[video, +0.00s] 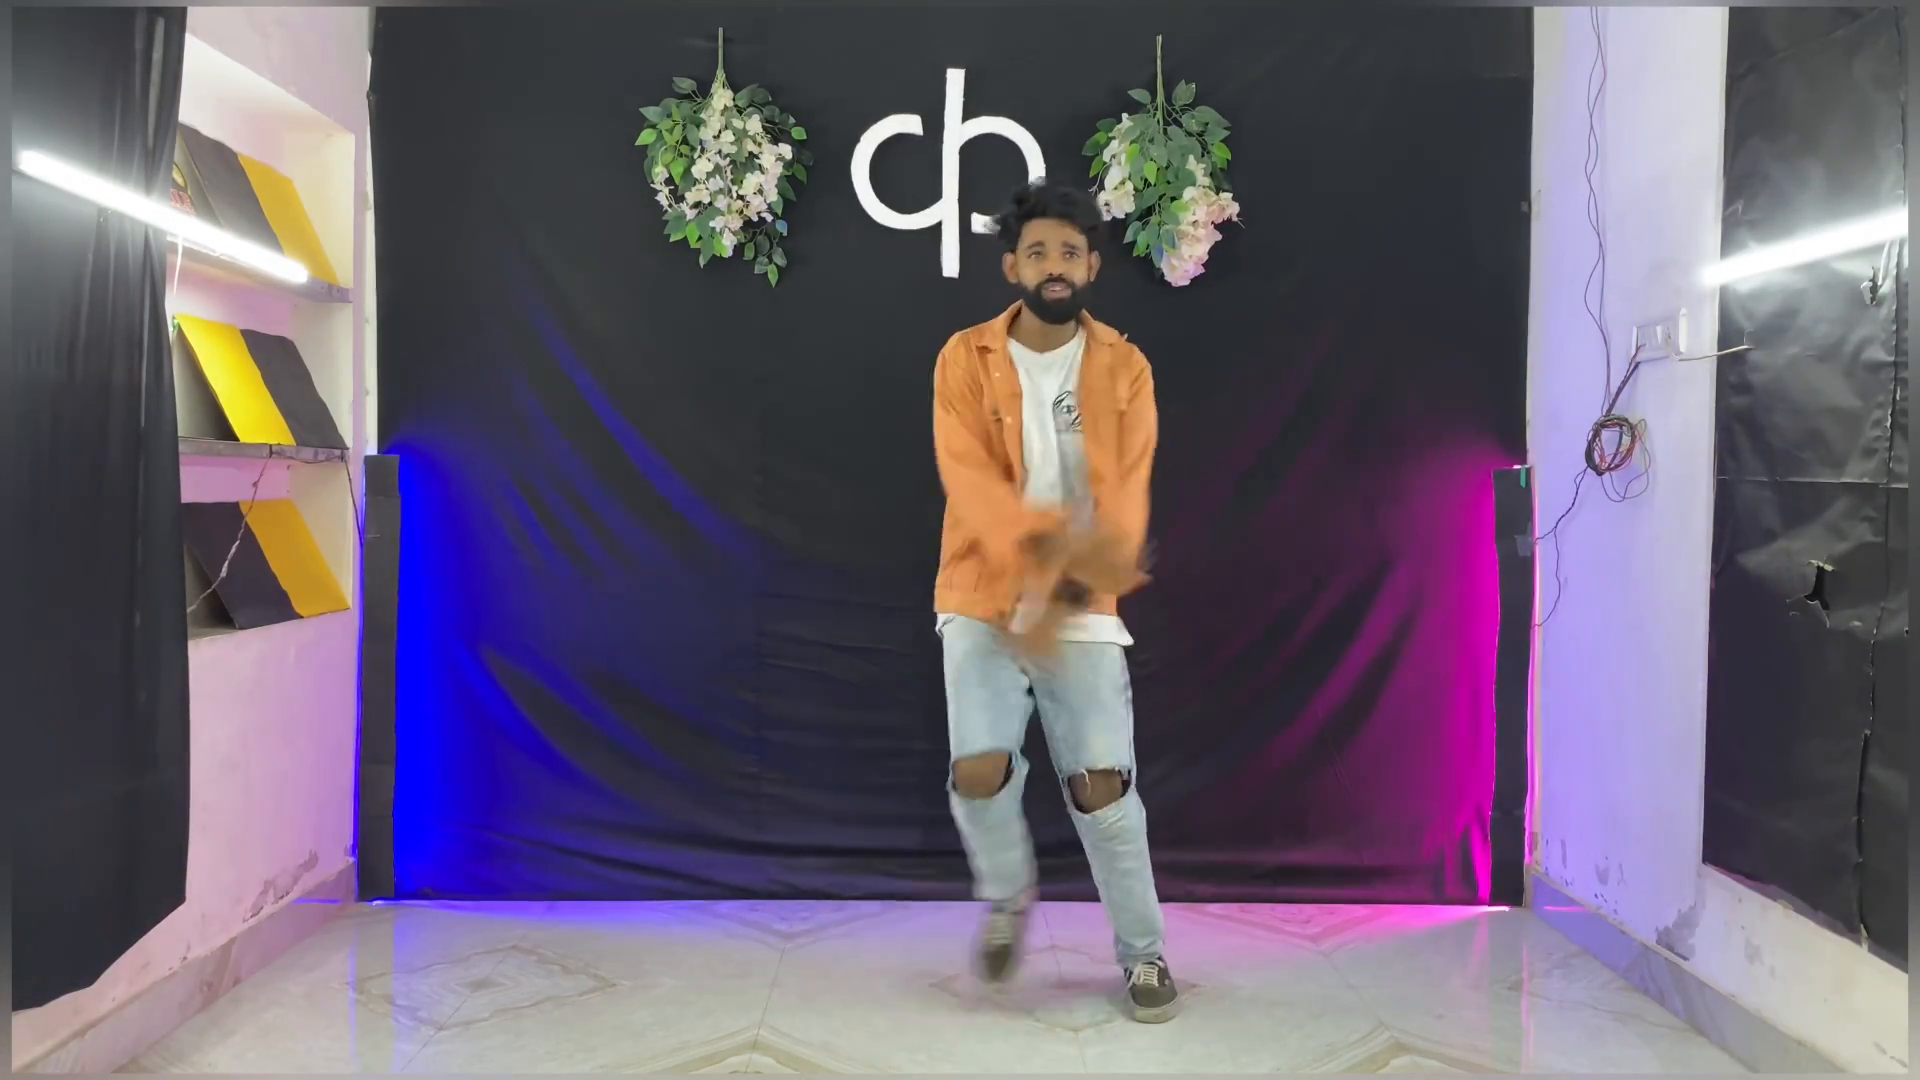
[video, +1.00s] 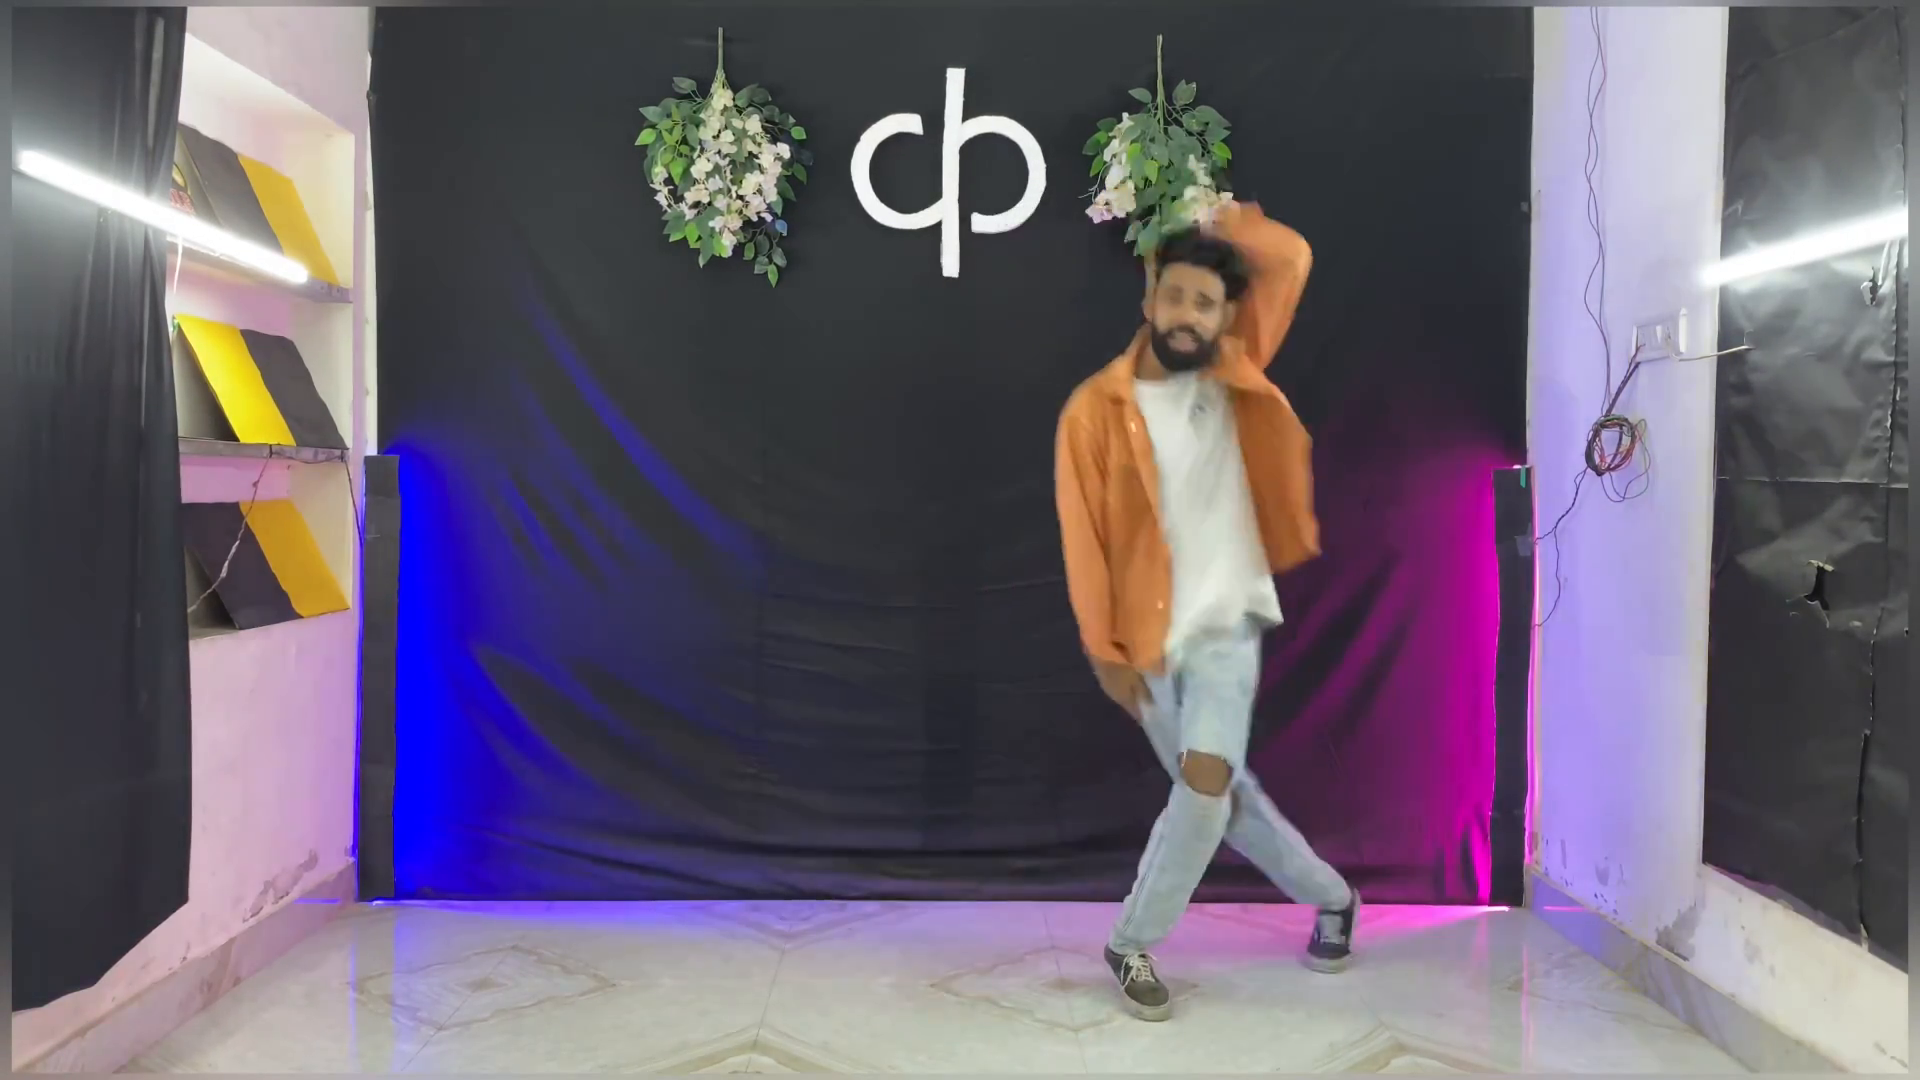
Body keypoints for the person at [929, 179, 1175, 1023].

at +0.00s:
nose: (1054, 268)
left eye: (1071, 253)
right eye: (1036, 253)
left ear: (1093, 267)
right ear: (1010, 263)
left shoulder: (1123, 366)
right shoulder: (965, 358)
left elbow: (1128, 492)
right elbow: (964, 476)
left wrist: (1076, 576)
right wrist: (1040, 536)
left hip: (1083, 602)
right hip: (981, 600)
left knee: (1100, 783)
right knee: (978, 767)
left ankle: (1142, 951)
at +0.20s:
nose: (981, 281)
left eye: (1000, 266)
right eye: (966, 266)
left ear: (1033, 280)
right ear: (949, 279)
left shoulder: (1078, 377)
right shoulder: (921, 374)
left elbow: (1104, 517)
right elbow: (894, 497)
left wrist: (1031, 495)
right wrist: (972, 481)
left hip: (1045, 620)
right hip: (942, 607)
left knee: (1067, 795)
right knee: (892, 756)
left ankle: (1136, 953)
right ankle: (848, 935)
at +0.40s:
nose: (920, 330)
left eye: (942, 320)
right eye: (912, 316)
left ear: (978, 340)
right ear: (897, 330)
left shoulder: (1021, 436)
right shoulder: (872, 442)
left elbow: (1093, 549)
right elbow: (822, 570)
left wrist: (1170, 644)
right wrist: (753, 663)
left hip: (963, 704)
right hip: (860, 684)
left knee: (960, 886)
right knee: (791, 836)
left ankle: (1107, 948)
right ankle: (682, 965)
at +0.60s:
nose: (1025, 288)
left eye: (1044, 273)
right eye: (1010, 271)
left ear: (1073, 280)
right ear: (986, 276)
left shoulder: (1107, 352)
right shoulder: (957, 365)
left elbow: (1131, 447)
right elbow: (917, 492)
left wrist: (1095, 482)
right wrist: (891, 604)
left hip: (1077, 621)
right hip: (965, 613)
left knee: (1102, 792)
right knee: (880, 768)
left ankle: (1116, 956)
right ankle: (771, 933)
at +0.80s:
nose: (1123, 274)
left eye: (1139, 262)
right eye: (1110, 257)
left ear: (1161, 274)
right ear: (1083, 262)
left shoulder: (1171, 341)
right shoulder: (1030, 351)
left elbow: (1216, 270)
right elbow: (1008, 481)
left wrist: (1152, 221)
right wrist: (1007, 599)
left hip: (1167, 593)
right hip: (1065, 599)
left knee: (1169, 772)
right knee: (1048, 762)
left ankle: (1131, 943)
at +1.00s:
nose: (1188, 316)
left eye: (1205, 302)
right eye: (1174, 296)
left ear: (1227, 313)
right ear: (1148, 301)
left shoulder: (1239, 376)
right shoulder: (1097, 406)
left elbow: (1291, 260)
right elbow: (1081, 535)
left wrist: (1220, 217)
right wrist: (1102, 648)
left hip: (1230, 610)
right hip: (1143, 624)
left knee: (1208, 776)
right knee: (1214, 789)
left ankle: (1132, 942)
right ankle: (1331, 899)